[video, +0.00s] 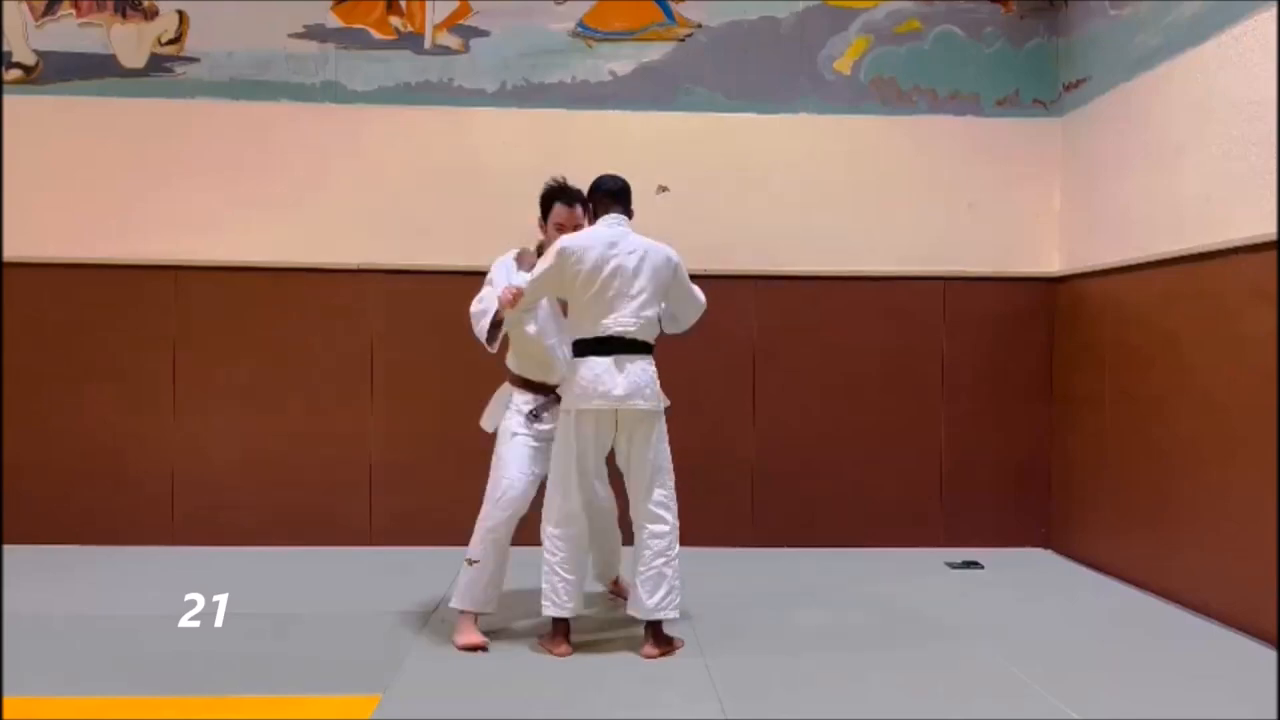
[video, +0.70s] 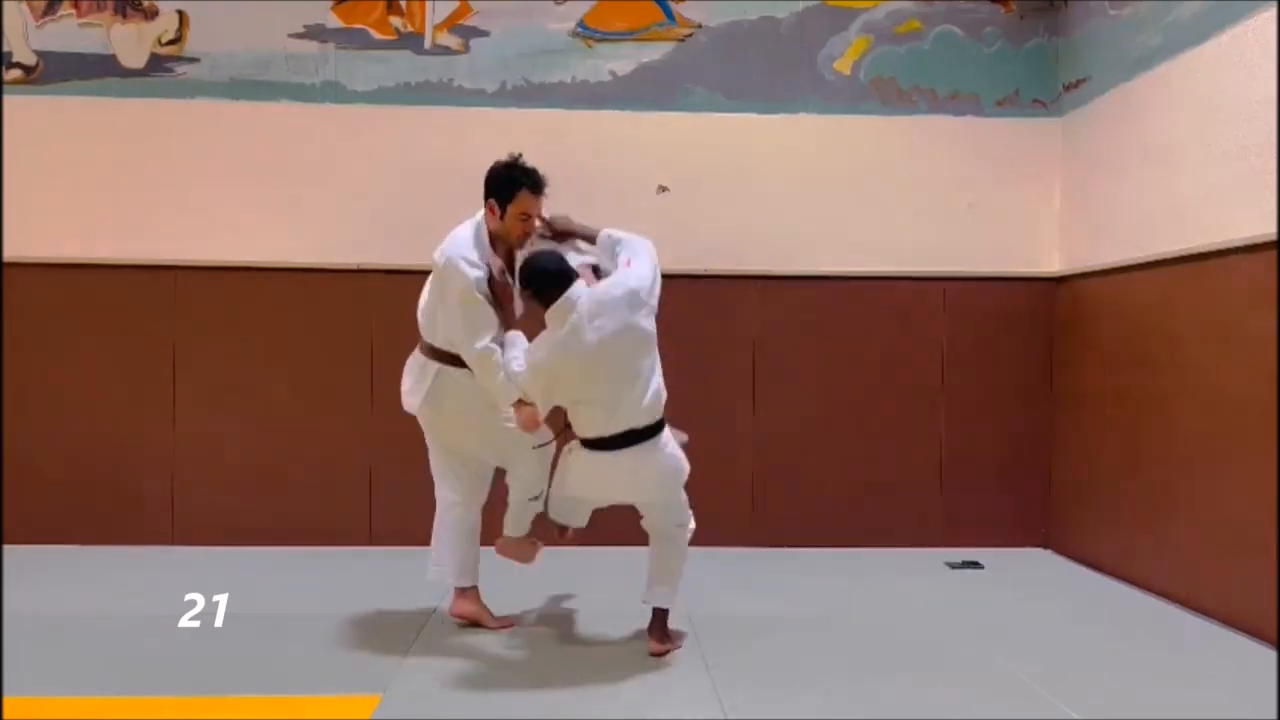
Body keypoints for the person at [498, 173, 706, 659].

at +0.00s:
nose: (579, 219)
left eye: (583, 211)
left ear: (590, 208)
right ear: (632, 208)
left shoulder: (570, 249)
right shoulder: (661, 255)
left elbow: (528, 290)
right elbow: (687, 313)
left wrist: (549, 253)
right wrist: (644, 317)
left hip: (586, 379)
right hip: (640, 377)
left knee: (568, 500)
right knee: (655, 502)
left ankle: (560, 627)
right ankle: (656, 630)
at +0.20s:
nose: (544, 234)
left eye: (545, 225)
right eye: (541, 226)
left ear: (564, 215)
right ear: (583, 208)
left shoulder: (571, 253)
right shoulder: (633, 238)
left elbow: (537, 309)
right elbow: (656, 272)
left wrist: (509, 259)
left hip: (593, 378)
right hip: (643, 374)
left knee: (568, 500)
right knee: (654, 502)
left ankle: (562, 628)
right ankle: (661, 627)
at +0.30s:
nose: (542, 239)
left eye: (542, 230)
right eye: (538, 231)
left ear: (561, 218)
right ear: (579, 210)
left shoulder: (572, 257)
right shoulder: (631, 240)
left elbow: (515, 311)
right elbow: (628, 305)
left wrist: (499, 262)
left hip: (597, 382)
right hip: (645, 377)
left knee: (568, 500)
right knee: (654, 505)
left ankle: (561, 629)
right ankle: (662, 630)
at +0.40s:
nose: (537, 239)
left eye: (539, 229)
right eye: (534, 231)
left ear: (558, 219)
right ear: (575, 211)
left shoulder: (571, 257)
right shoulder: (624, 235)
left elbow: (506, 311)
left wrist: (492, 263)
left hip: (596, 381)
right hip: (645, 374)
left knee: (568, 501)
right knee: (655, 503)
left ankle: (561, 624)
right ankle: (663, 630)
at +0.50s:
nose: (536, 244)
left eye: (537, 235)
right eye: (532, 237)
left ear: (556, 223)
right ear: (570, 211)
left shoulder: (573, 258)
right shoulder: (618, 230)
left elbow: (510, 317)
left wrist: (492, 269)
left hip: (599, 382)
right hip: (646, 372)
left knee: (568, 499)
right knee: (655, 503)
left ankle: (567, 612)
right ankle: (664, 626)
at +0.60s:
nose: (534, 256)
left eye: (535, 248)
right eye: (531, 247)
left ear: (546, 241)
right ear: (570, 216)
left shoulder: (567, 286)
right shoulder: (619, 229)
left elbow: (524, 355)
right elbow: (623, 207)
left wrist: (497, 291)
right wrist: (549, 196)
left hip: (608, 399)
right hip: (658, 386)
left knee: (569, 499)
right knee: (658, 511)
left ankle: (563, 598)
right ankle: (665, 625)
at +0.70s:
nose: (523, 309)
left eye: (524, 299)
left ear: (533, 299)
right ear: (581, 275)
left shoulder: (542, 355)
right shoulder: (628, 293)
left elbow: (529, 416)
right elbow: (639, 247)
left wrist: (511, 334)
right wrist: (583, 231)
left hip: (589, 466)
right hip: (652, 461)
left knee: (564, 512)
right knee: (671, 528)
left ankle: (560, 520)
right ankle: (659, 627)